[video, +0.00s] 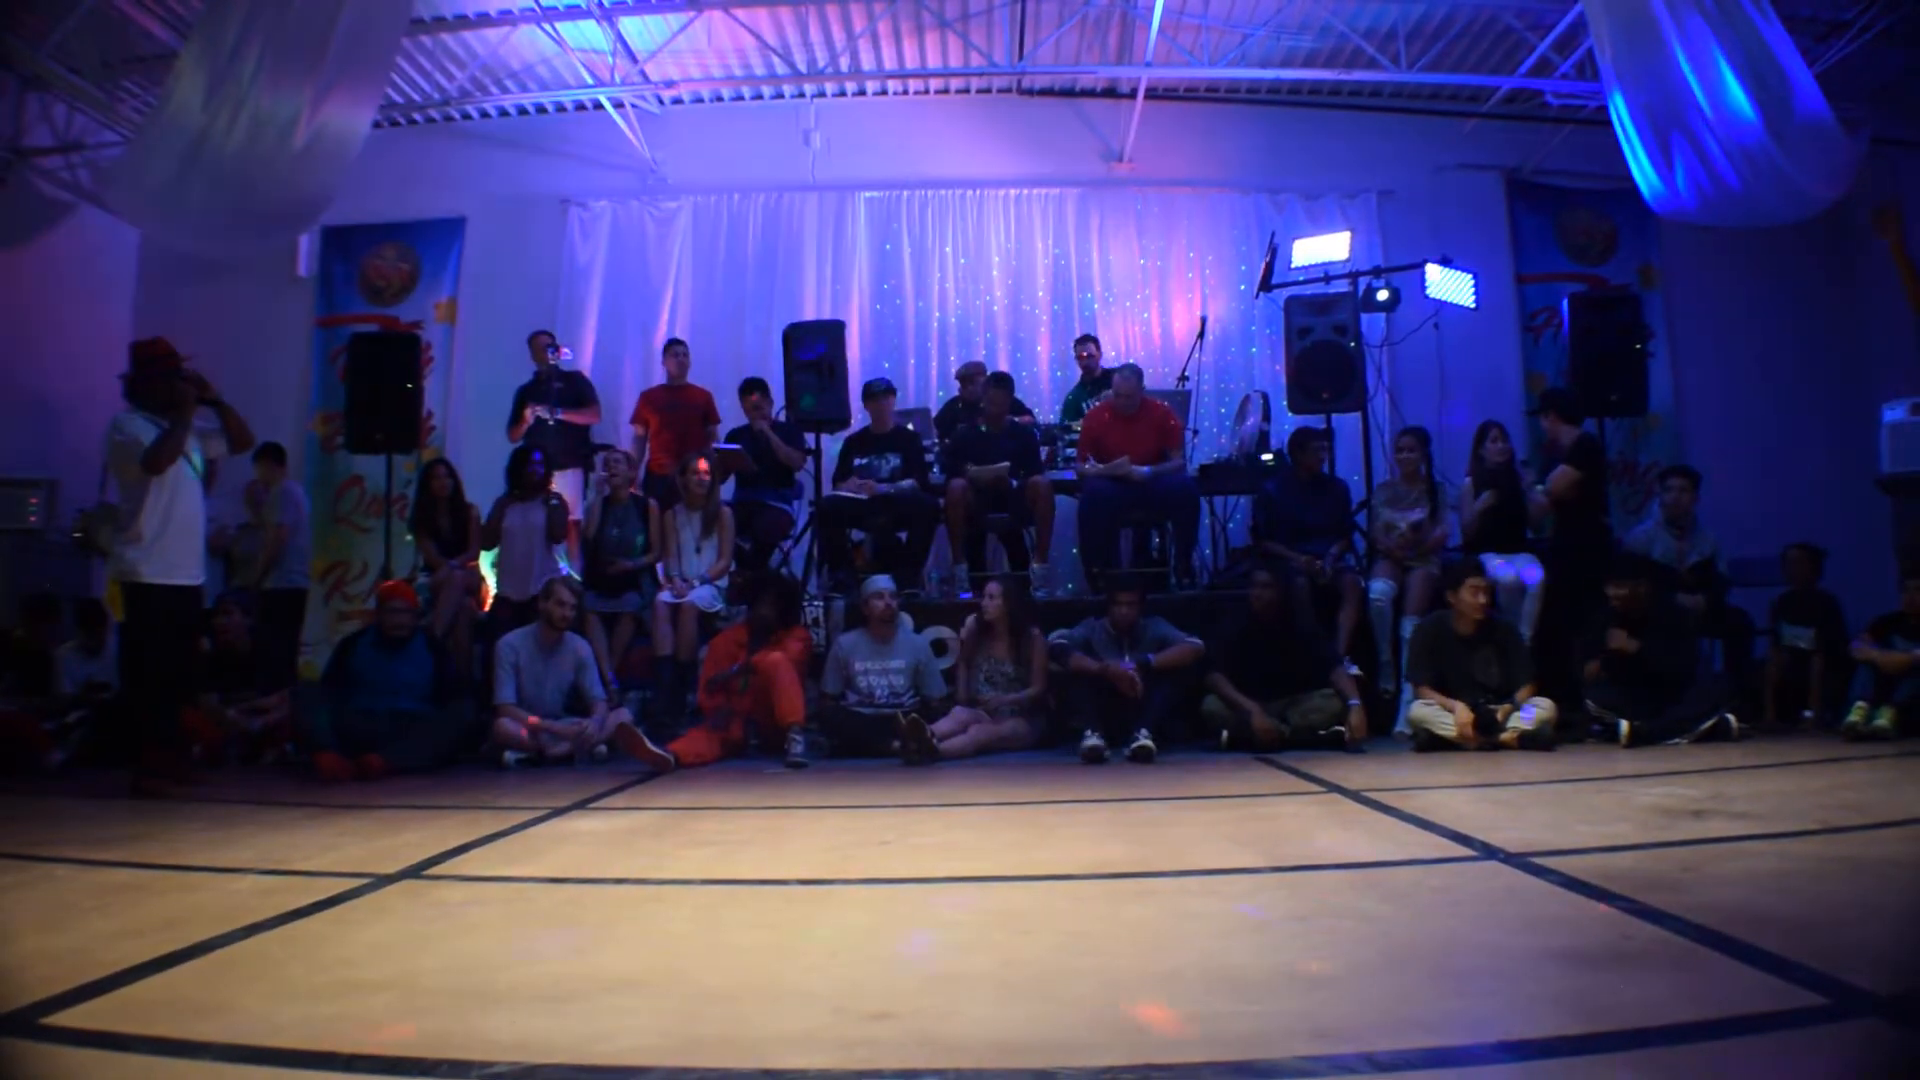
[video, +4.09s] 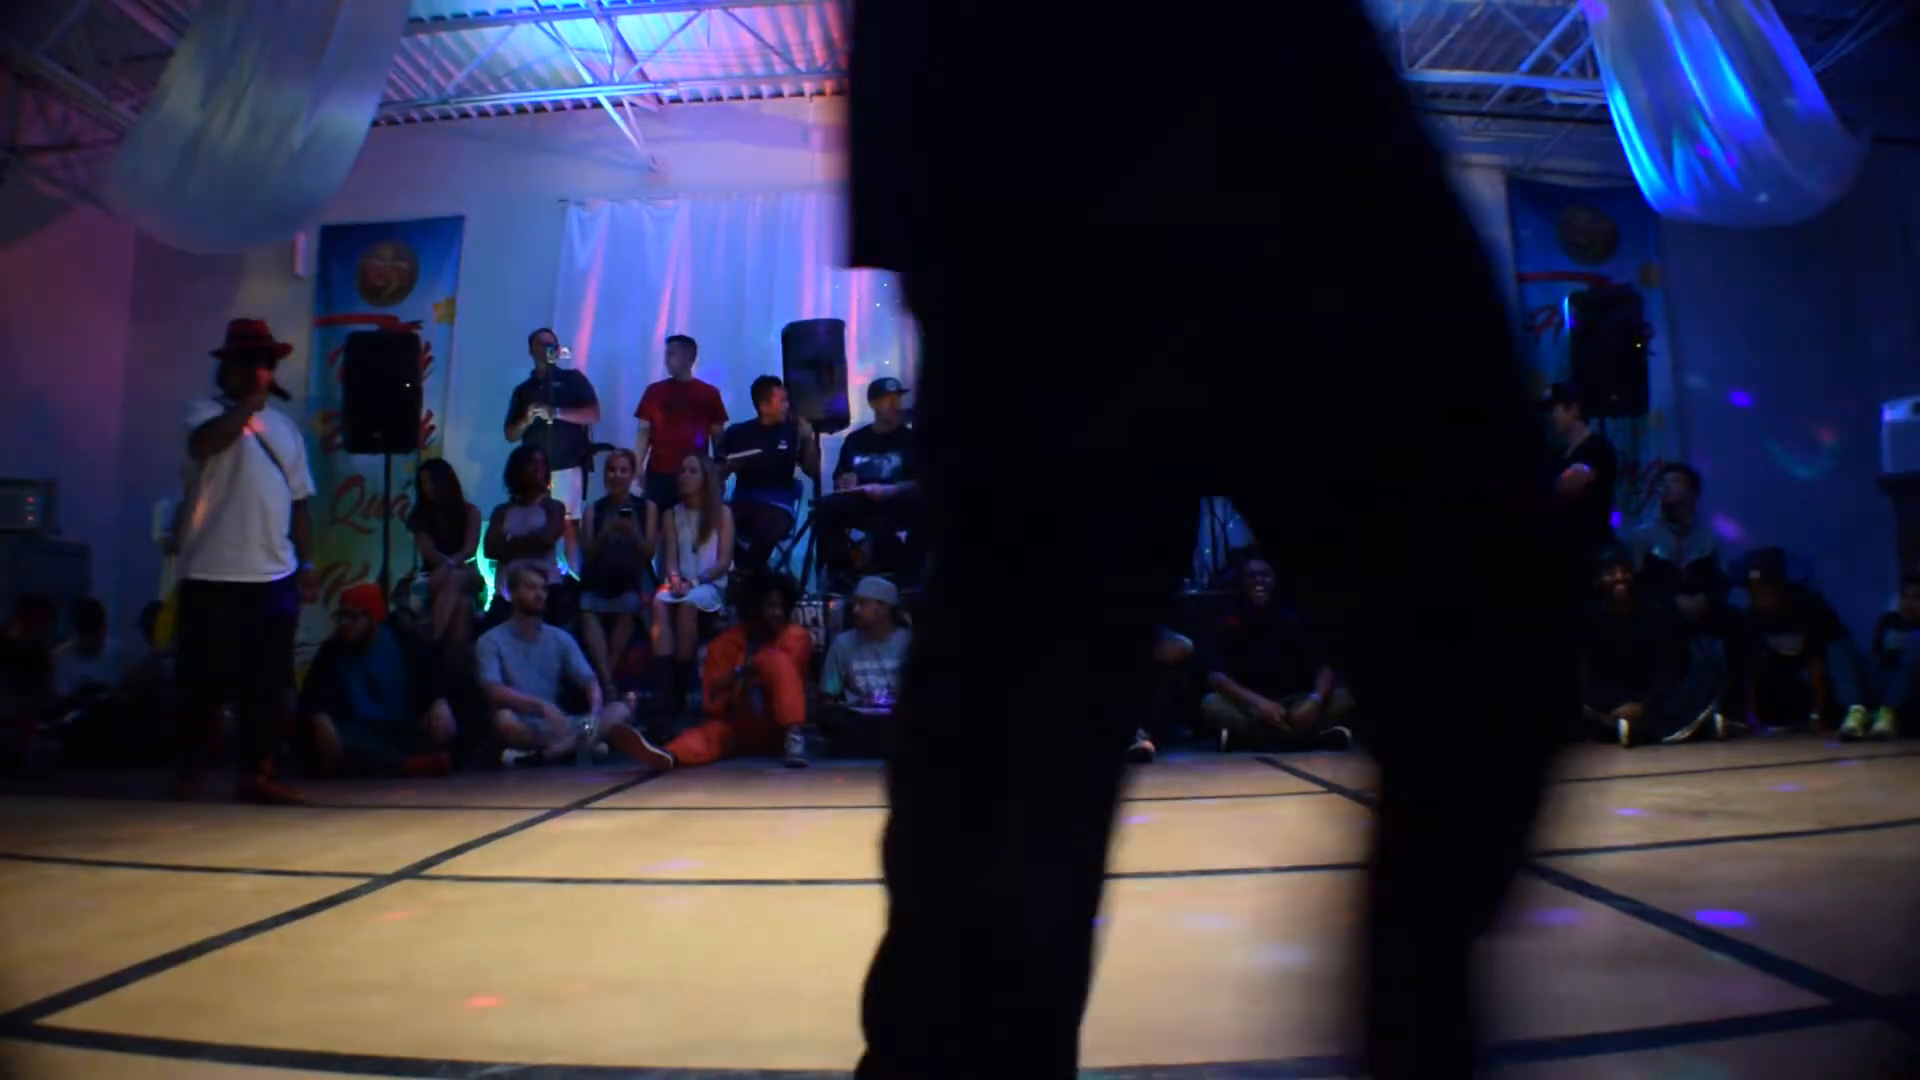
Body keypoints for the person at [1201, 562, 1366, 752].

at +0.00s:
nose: (1257, 594)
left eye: (1265, 587)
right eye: (1254, 587)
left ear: (1281, 592)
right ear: (1248, 590)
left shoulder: (1298, 626)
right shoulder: (1239, 628)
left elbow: (1334, 669)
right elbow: (1214, 675)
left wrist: (1355, 706)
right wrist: (1253, 711)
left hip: (1297, 701)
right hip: (1249, 705)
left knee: (1332, 703)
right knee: (1211, 706)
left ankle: (1253, 738)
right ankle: (1310, 739)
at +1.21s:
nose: (1268, 590)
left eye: (1270, 583)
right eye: (1259, 585)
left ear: (1276, 585)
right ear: (1245, 591)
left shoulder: (1293, 621)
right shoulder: (1235, 627)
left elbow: (1323, 668)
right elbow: (1214, 675)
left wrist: (1328, 713)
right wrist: (1255, 709)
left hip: (1296, 699)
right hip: (1249, 703)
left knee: (1344, 698)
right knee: (1211, 705)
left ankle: (1255, 738)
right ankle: (1311, 738)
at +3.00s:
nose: (1241, 598)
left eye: (1248, 591)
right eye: (1238, 591)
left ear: (1268, 592)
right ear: (1232, 593)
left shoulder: (1293, 624)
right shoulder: (1230, 628)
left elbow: (1328, 671)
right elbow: (1213, 675)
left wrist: (1303, 716)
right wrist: (1254, 710)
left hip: (1294, 698)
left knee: (1343, 699)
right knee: (1211, 705)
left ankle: (1255, 741)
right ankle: (1309, 740)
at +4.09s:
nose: (1259, 581)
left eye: (1265, 575)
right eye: (1252, 576)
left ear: (1274, 580)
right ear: (1242, 582)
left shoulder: (1292, 617)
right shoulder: (1231, 621)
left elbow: (1324, 667)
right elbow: (1216, 676)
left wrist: (1315, 702)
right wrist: (1259, 704)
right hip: (1249, 703)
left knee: (1340, 699)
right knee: (1212, 704)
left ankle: (1249, 740)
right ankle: (1307, 739)